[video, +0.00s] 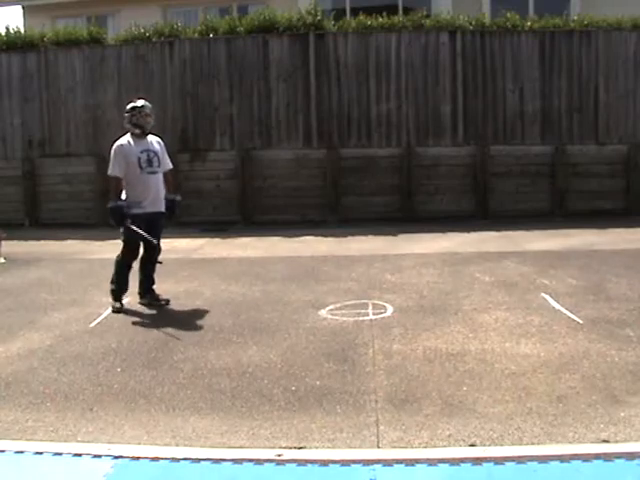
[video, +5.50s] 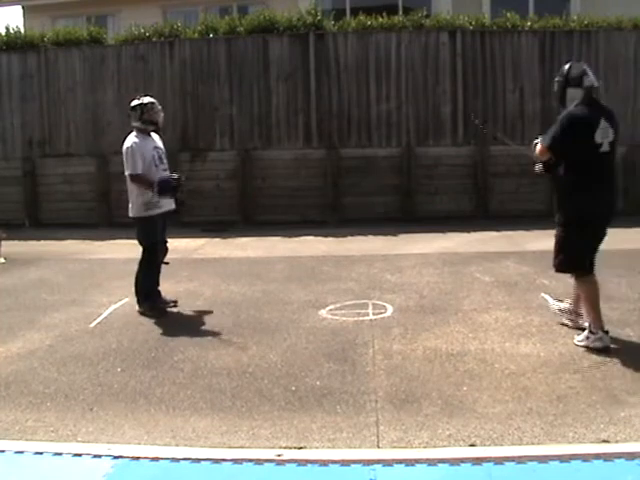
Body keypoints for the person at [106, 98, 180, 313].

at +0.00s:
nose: (145, 120)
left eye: (148, 115)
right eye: (140, 116)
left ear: (152, 118)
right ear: (130, 119)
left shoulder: (156, 142)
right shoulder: (121, 146)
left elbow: (167, 171)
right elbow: (116, 179)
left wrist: (171, 196)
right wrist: (115, 204)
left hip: (156, 207)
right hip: (133, 208)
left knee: (152, 252)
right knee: (130, 251)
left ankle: (147, 291)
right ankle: (117, 294)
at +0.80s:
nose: (113, 118)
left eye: (117, 114)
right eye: (109, 114)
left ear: (125, 117)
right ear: (103, 118)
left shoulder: (137, 142)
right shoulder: (94, 147)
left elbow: (148, 172)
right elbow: (88, 180)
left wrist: (153, 197)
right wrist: (85, 207)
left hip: (136, 209)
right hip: (109, 212)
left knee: (145, 250)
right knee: (116, 257)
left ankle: (148, 290)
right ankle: (120, 298)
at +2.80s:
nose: (125, 140)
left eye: (128, 135)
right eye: (121, 136)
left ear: (132, 132)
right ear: (113, 133)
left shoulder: (141, 144)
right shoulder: (101, 149)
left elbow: (151, 172)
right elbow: (93, 178)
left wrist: (156, 196)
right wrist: (95, 195)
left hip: (138, 210)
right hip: (115, 211)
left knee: (138, 251)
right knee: (120, 255)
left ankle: (134, 288)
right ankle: (121, 298)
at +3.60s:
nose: (140, 128)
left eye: (141, 123)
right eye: (136, 123)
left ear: (143, 123)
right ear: (124, 124)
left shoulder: (144, 143)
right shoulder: (111, 147)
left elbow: (153, 171)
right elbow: (107, 177)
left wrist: (155, 190)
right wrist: (123, 193)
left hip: (141, 206)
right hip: (122, 207)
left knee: (138, 248)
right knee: (129, 248)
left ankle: (134, 288)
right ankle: (126, 292)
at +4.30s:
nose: (135, 126)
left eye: (137, 122)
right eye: (132, 122)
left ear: (138, 122)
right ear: (120, 122)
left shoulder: (135, 143)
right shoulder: (107, 146)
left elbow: (153, 159)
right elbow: (116, 175)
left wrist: (170, 160)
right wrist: (143, 177)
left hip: (138, 209)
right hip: (120, 212)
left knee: (143, 249)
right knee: (130, 252)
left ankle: (135, 287)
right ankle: (130, 300)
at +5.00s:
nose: (154, 118)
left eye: (153, 114)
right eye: (149, 114)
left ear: (142, 117)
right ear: (136, 116)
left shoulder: (144, 140)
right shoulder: (123, 145)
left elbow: (145, 172)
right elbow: (120, 178)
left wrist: (157, 191)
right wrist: (133, 204)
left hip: (152, 208)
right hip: (136, 210)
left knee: (153, 252)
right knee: (139, 253)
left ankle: (151, 294)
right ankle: (132, 298)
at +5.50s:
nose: (159, 115)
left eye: (159, 111)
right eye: (154, 112)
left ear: (154, 115)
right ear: (142, 116)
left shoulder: (155, 138)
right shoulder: (132, 144)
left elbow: (158, 167)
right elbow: (134, 175)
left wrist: (171, 179)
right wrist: (159, 186)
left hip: (160, 207)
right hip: (145, 209)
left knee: (158, 251)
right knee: (151, 252)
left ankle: (154, 295)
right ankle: (145, 300)